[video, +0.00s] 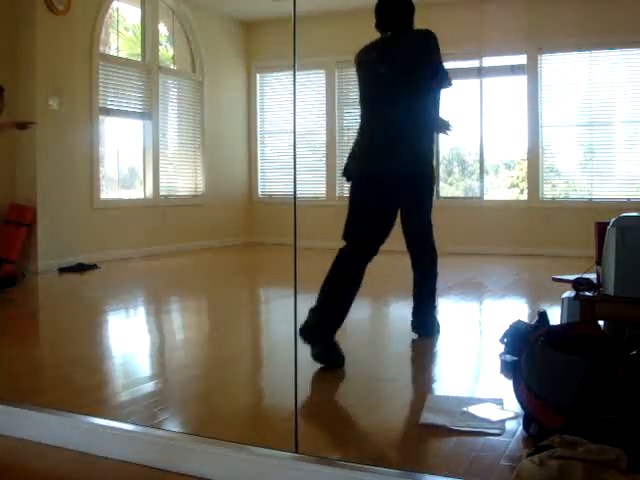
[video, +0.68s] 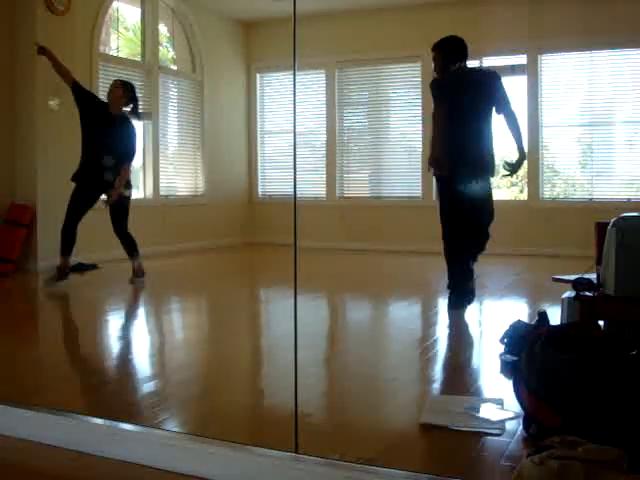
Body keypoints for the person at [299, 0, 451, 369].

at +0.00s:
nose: (402, 17)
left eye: (386, 13)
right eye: (406, 12)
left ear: (379, 18)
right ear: (410, 14)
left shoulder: (366, 54)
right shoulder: (424, 41)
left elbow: (381, 109)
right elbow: (431, 92)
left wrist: (433, 120)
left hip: (370, 167)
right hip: (413, 168)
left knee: (357, 248)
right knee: (421, 243)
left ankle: (318, 329)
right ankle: (424, 319)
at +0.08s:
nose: (404, 17)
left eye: (388, 12)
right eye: (409, 12)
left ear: (383, 18)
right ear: (414, 14)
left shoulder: (374, 52)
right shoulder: (426, 41)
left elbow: (389, 112)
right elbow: (432, 80)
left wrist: (438, 132)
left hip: (380, 163)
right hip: (420, 164)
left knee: (371, 241)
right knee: (424, 241)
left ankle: (329, 310)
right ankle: (424, 319)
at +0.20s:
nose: (416, 9)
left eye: (397, 7)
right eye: (419, 3)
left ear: (394, 9)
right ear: (423, 4)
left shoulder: (382, 43)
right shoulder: (439, 27)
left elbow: (393, 94)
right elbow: (442, 84)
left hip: (395, 151)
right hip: (433, 151)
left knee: (395, 230)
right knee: (433, 240)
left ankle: (362, 291)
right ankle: (424, 318)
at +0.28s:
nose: (424, 13)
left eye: (417, 9)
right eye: (431, 9)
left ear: (409, 12)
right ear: (439, 10)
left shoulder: (395, 48)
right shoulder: (458, 36)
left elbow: (371, 102)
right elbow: (482, 84)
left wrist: (379, 139)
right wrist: (486, 132)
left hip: (412, 144)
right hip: (447, 144)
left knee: (415, 211)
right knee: (440, 224)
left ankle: (404, 290)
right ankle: (429, 313)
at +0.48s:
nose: (420, 57)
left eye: (423, 51)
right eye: (420, 51)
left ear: (434, 52)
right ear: (453, 52)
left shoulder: (424, 82)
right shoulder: (480, 77)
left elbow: (391, 115)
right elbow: (513, 114)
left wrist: (352, 139)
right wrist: (539, 151)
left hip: (432, 167)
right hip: (465, 166)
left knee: (442, 234)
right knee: (447, 236)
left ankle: (455, 291)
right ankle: (430, 303)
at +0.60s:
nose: (430, 65)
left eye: (433, 59)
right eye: (431, 59)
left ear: (444, 59)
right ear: (460, 58)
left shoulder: (436, 86)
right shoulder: (485, 79)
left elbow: (428, 120)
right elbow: (508, 115)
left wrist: (418, 147)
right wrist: (525, 151)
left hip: (446, 165)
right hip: (476, 163)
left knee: (452, 224)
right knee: (478, 221)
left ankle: (457, 288)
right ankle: (459, 266)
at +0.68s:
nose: (434, 63)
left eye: (436, 58)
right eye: (433, 57)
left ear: (447, 57)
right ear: (464, 57)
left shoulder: (440, 85)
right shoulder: (489, 79)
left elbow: (439, 118)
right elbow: (508, 115)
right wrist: (521, 151)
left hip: (448, 168)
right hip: (478, 167)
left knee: (453, 228)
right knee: (481, 223)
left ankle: (459, 289)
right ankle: (465, 266)